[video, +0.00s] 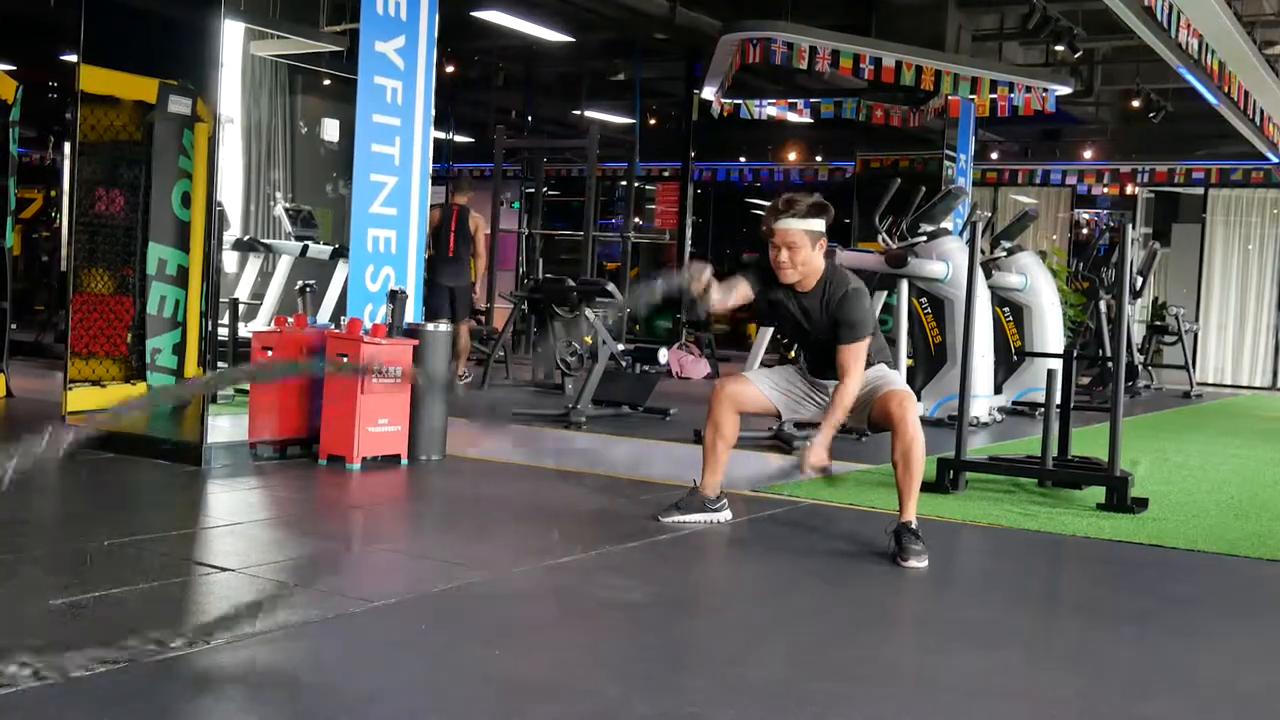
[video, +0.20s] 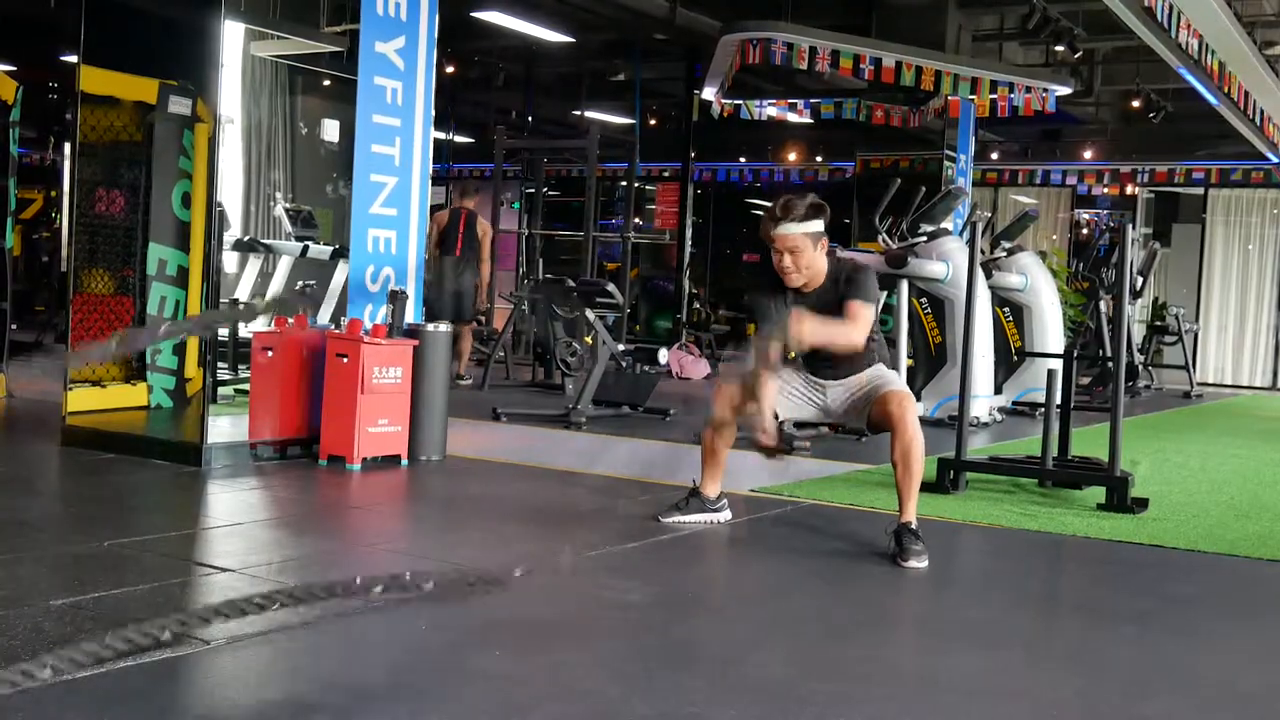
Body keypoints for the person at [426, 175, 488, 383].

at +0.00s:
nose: (467, 198)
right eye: (469, 195)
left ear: (451, 193)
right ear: (470, 195)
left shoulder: (434, 214)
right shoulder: (476, 219)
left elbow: (421, 242)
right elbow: (480, 254)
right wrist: (478, 282)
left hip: (436, 279)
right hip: (462, 281)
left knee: (435, 327)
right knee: (462, 327)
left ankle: (433, 371)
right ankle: (460, 373)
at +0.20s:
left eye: (457, 196)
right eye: (474, 198)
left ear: (456, 196)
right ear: (476, 198)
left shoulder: (439, 218)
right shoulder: (484, 226)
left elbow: (430, 250)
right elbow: (484, 262)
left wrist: (427, 277)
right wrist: (483, 292)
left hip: (440, 284)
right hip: (466, 286)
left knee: (438, 329)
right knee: (465, 330)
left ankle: (434, 372)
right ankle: (461, 372)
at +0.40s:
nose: (481, 204)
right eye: (485, 201)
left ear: (466, 196)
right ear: (486, 200)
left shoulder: (449, 214)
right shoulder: (492, 227)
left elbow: (438, 246)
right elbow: (494, 262)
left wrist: (439, 269)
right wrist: (488, 289)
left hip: (446, 279)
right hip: (472, 283)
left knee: (440, 326)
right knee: (468, 329)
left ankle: (435, 371)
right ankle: (462, 373)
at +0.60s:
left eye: (468, 198)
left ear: (466, 199)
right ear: (487, 202)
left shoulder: (457, 217)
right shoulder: (497, 227)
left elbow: (442, 247)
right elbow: (496, 261)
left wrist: (441, 266)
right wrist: (488, 285)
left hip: (448, 280)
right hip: (473, 283)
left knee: (438, 326)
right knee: (468, 328)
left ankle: (435, 372)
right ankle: (462, 374)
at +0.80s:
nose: (465, 197)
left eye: (466, 194)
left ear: (470, 195)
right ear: (488, 199)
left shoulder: (457, 215)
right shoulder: (497, 226)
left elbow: (444, 246)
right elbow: (496, 259)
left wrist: (439, 264)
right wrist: (485, 282)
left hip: (449, 275)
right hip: (473, 280)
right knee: (468, 327)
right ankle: (462, 374)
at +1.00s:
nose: (461, 198)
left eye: (462, 194)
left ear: (466, 195)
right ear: (484, 199)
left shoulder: (452, 216)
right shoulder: (494, 226)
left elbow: (441, 248)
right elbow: (493, 259)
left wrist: (437, 265)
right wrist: (479, 282)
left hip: (445, 281)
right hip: (470, 284)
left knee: (438, 326)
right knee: (466, 329)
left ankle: (435, 372)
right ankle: (462, 373)